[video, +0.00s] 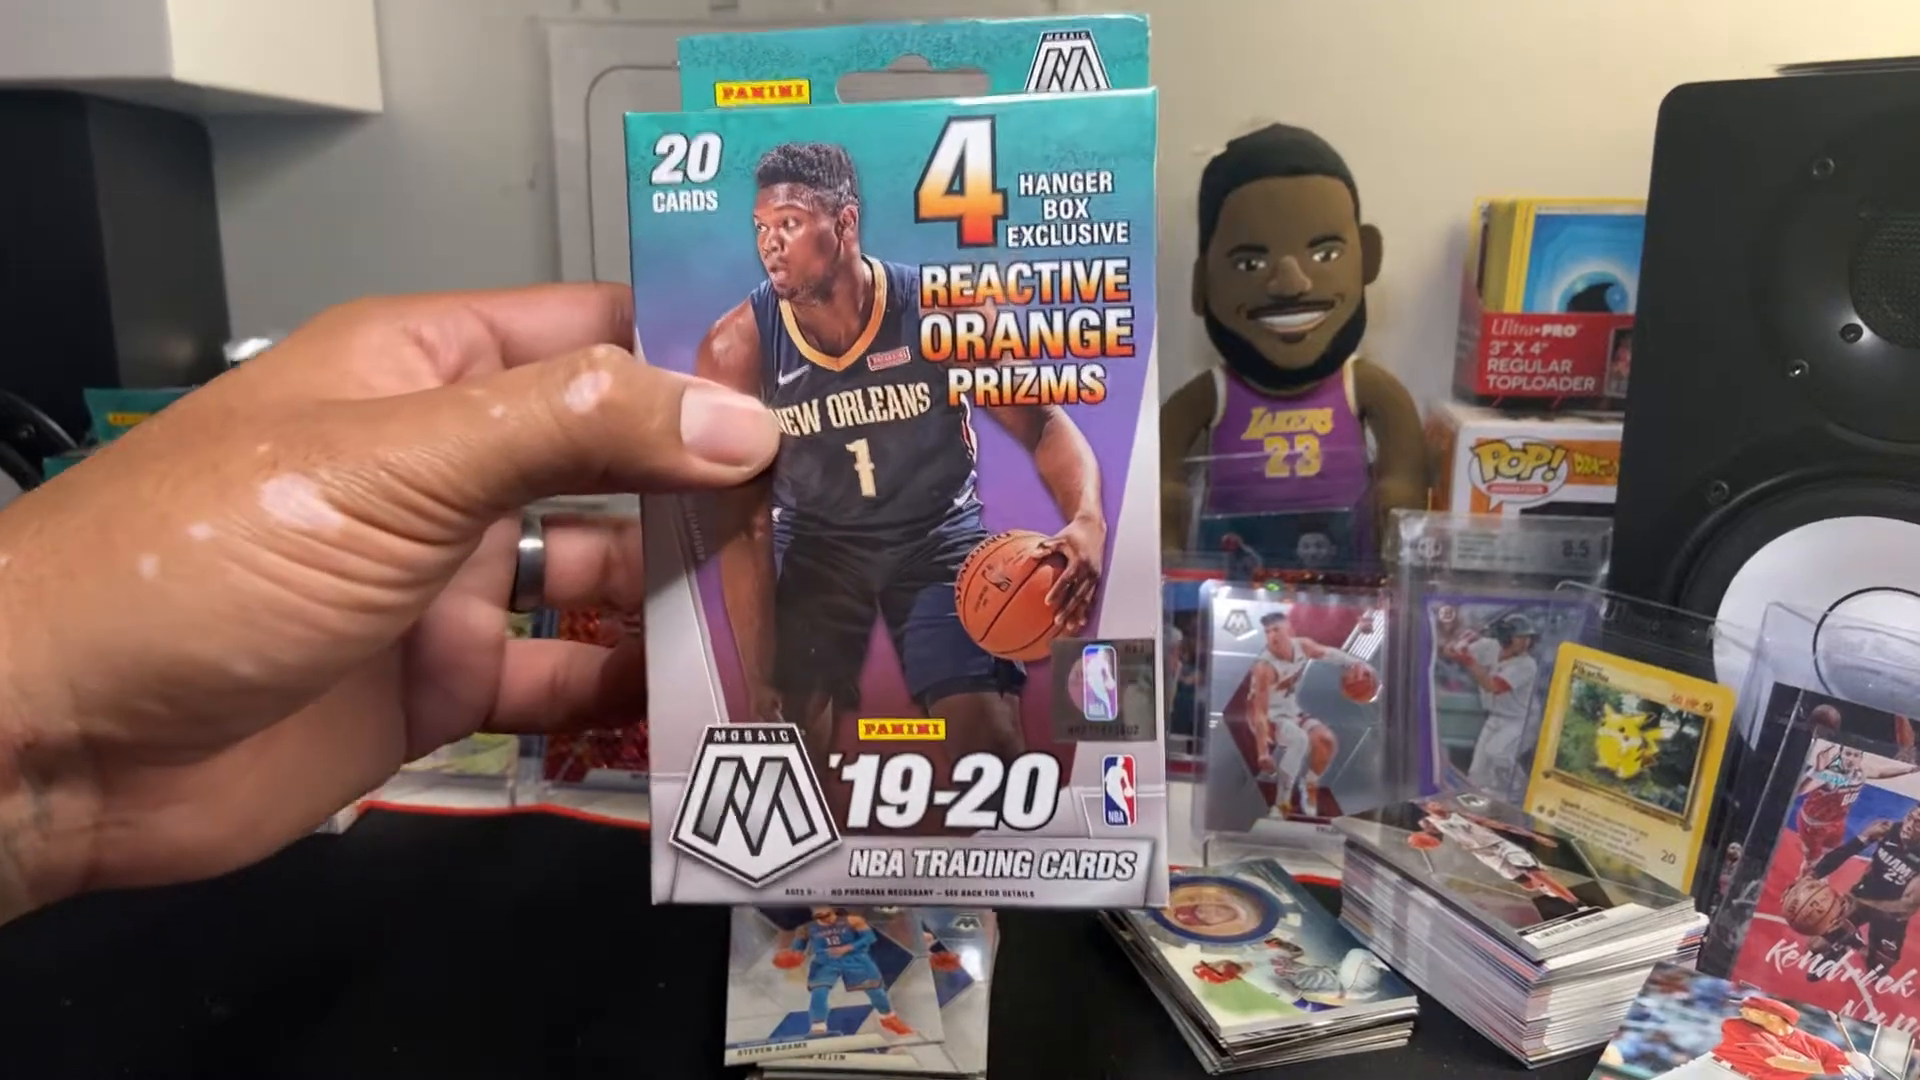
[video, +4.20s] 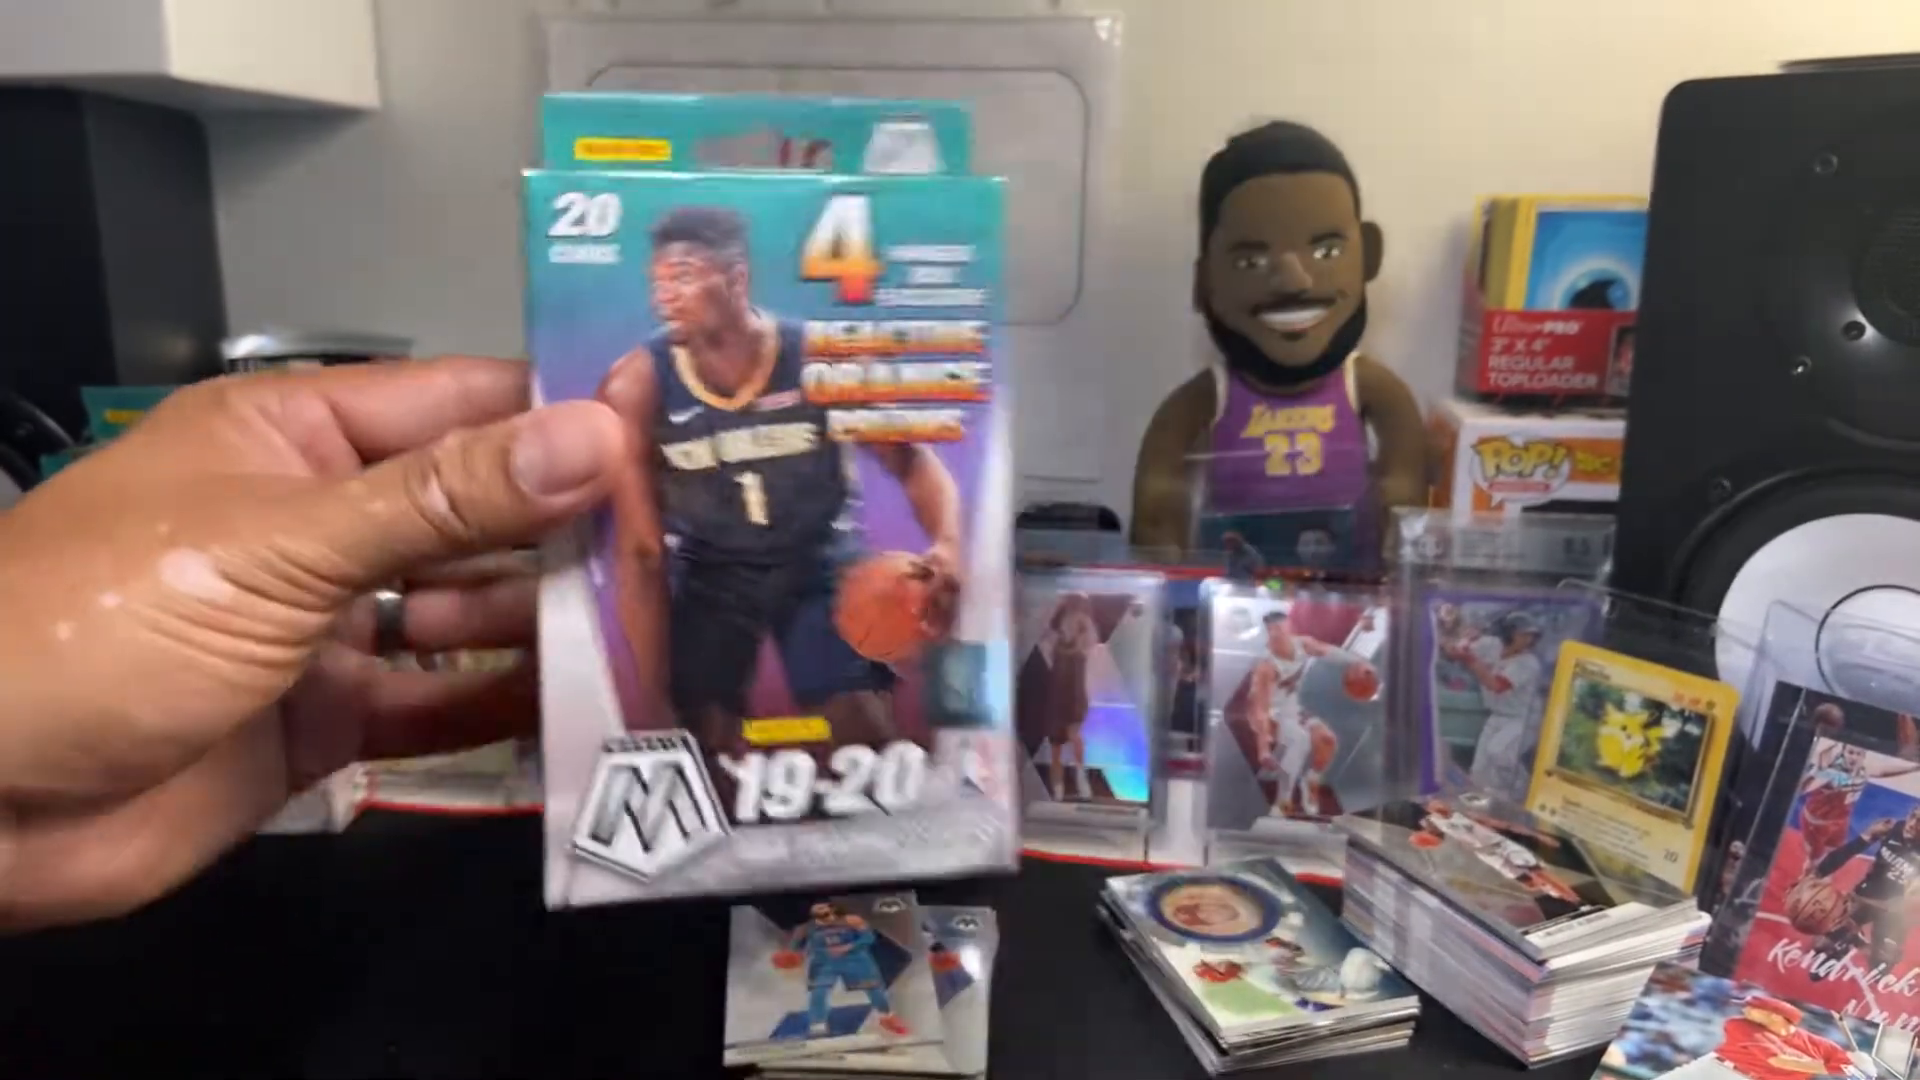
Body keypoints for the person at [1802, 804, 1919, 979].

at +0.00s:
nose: (1910, 826)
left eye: (1918, 824)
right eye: (1910, 818)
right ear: (1905, 816)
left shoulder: (1918, 861)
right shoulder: (1884, 829)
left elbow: (1907, 907)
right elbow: (1844, 852)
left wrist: (1859, 904)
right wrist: (1815, 874)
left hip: (1892, 913)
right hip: (1862, 898)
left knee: (1878, 968)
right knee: (1815, 946)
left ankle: (1852, 941)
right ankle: (1839, 948)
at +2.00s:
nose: (1912, 824)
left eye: (1918, 822)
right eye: (1912, 817)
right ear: (1907, 815)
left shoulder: (1917, 858)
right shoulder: (1888, 830)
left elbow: (1908, 905)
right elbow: (1848, 851)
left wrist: (1861, 903)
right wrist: (1816, 873)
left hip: (1895, 912)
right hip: (1865, 897)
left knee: (1880, 969)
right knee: (1820, 947)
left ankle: (1853, 939)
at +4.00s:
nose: (1913, 825)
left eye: (1919, 823)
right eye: (1914, 817)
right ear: (1909, 815)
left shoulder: (1918, 857)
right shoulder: (1889, 829)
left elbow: (1910, 905)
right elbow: (1849, 851)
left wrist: (1863, 904)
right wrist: (1816, 875)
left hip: (1897, 912)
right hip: (1866, 897)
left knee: (1881, 970)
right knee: (1821, 946)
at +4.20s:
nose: (1913, 824)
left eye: (1919, 822)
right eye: (1913, 817)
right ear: (1908, 815)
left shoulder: (1917, 856)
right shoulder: (1892, 829)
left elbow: (1905, 904)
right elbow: (1851, 850)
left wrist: (1862, 903)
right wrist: (1817, 873)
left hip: (1893, 906)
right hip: (1866, 894)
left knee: (1881, 968)